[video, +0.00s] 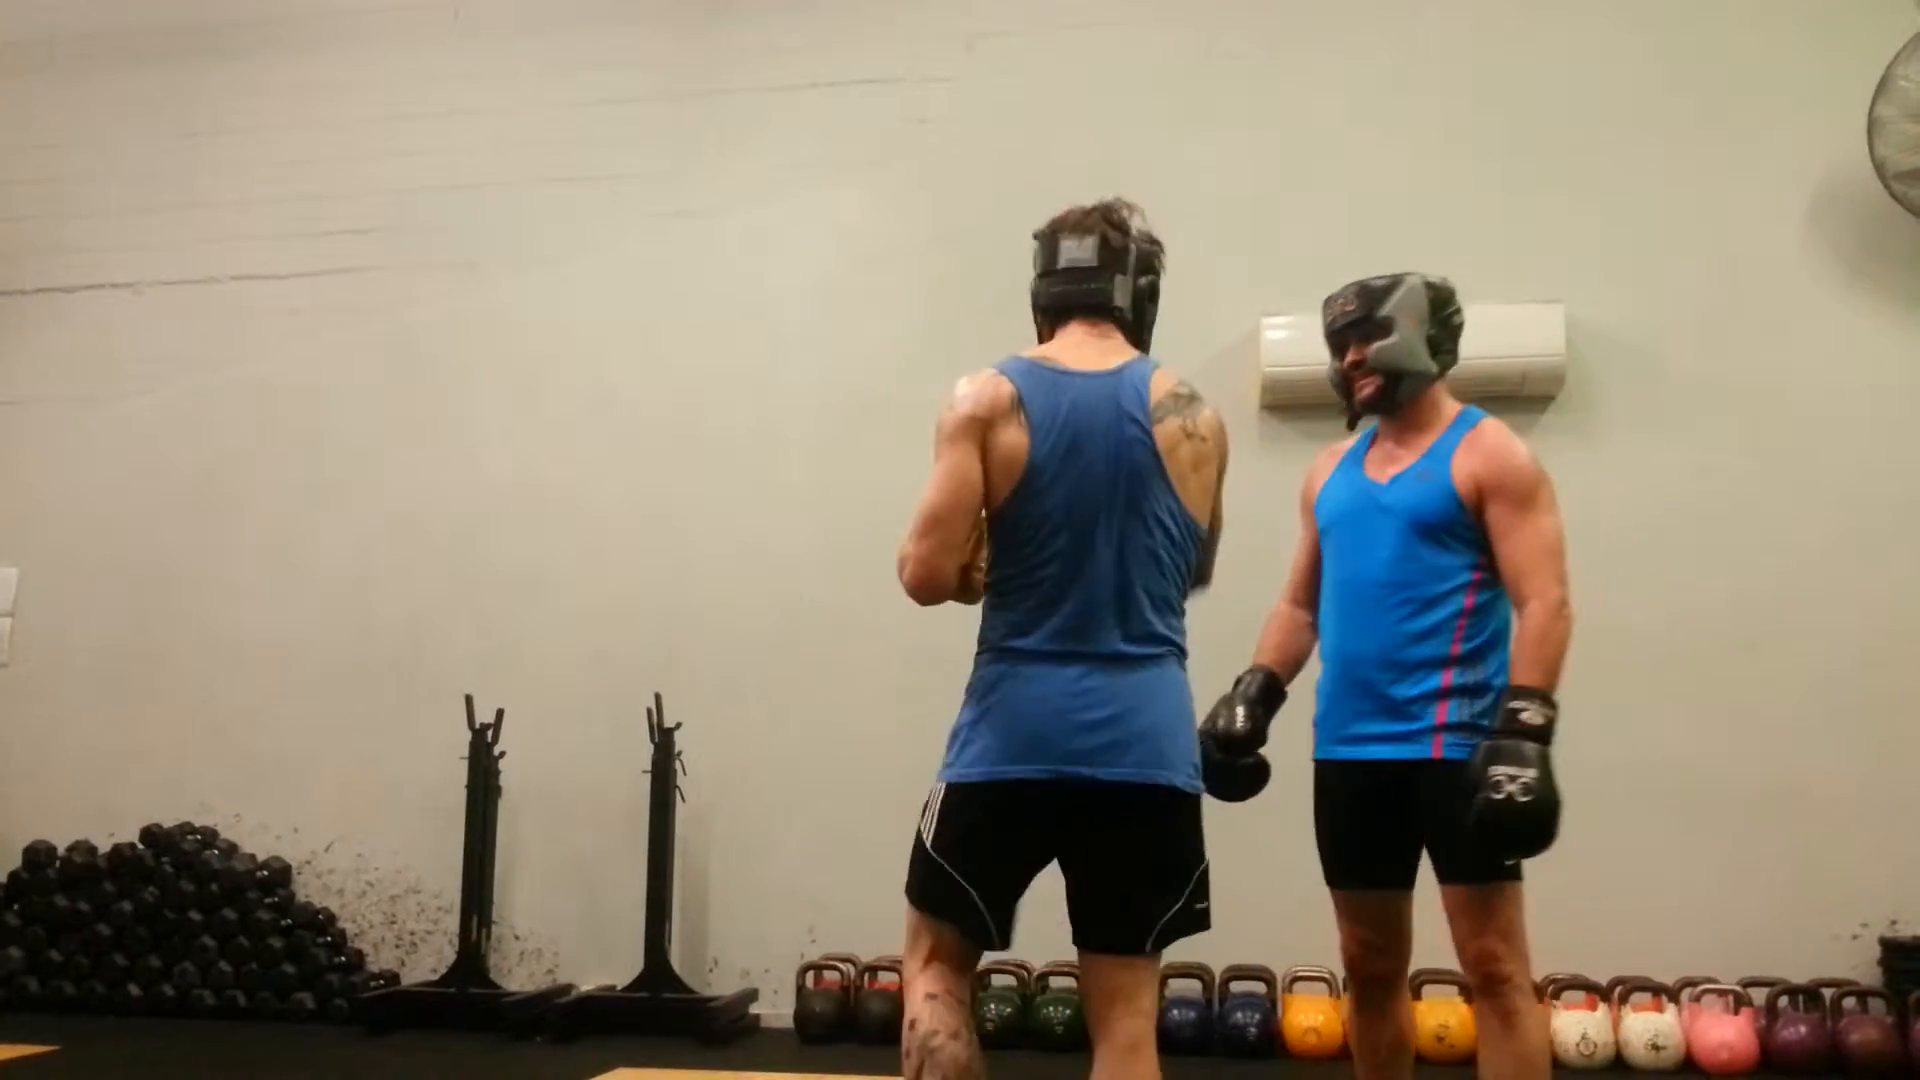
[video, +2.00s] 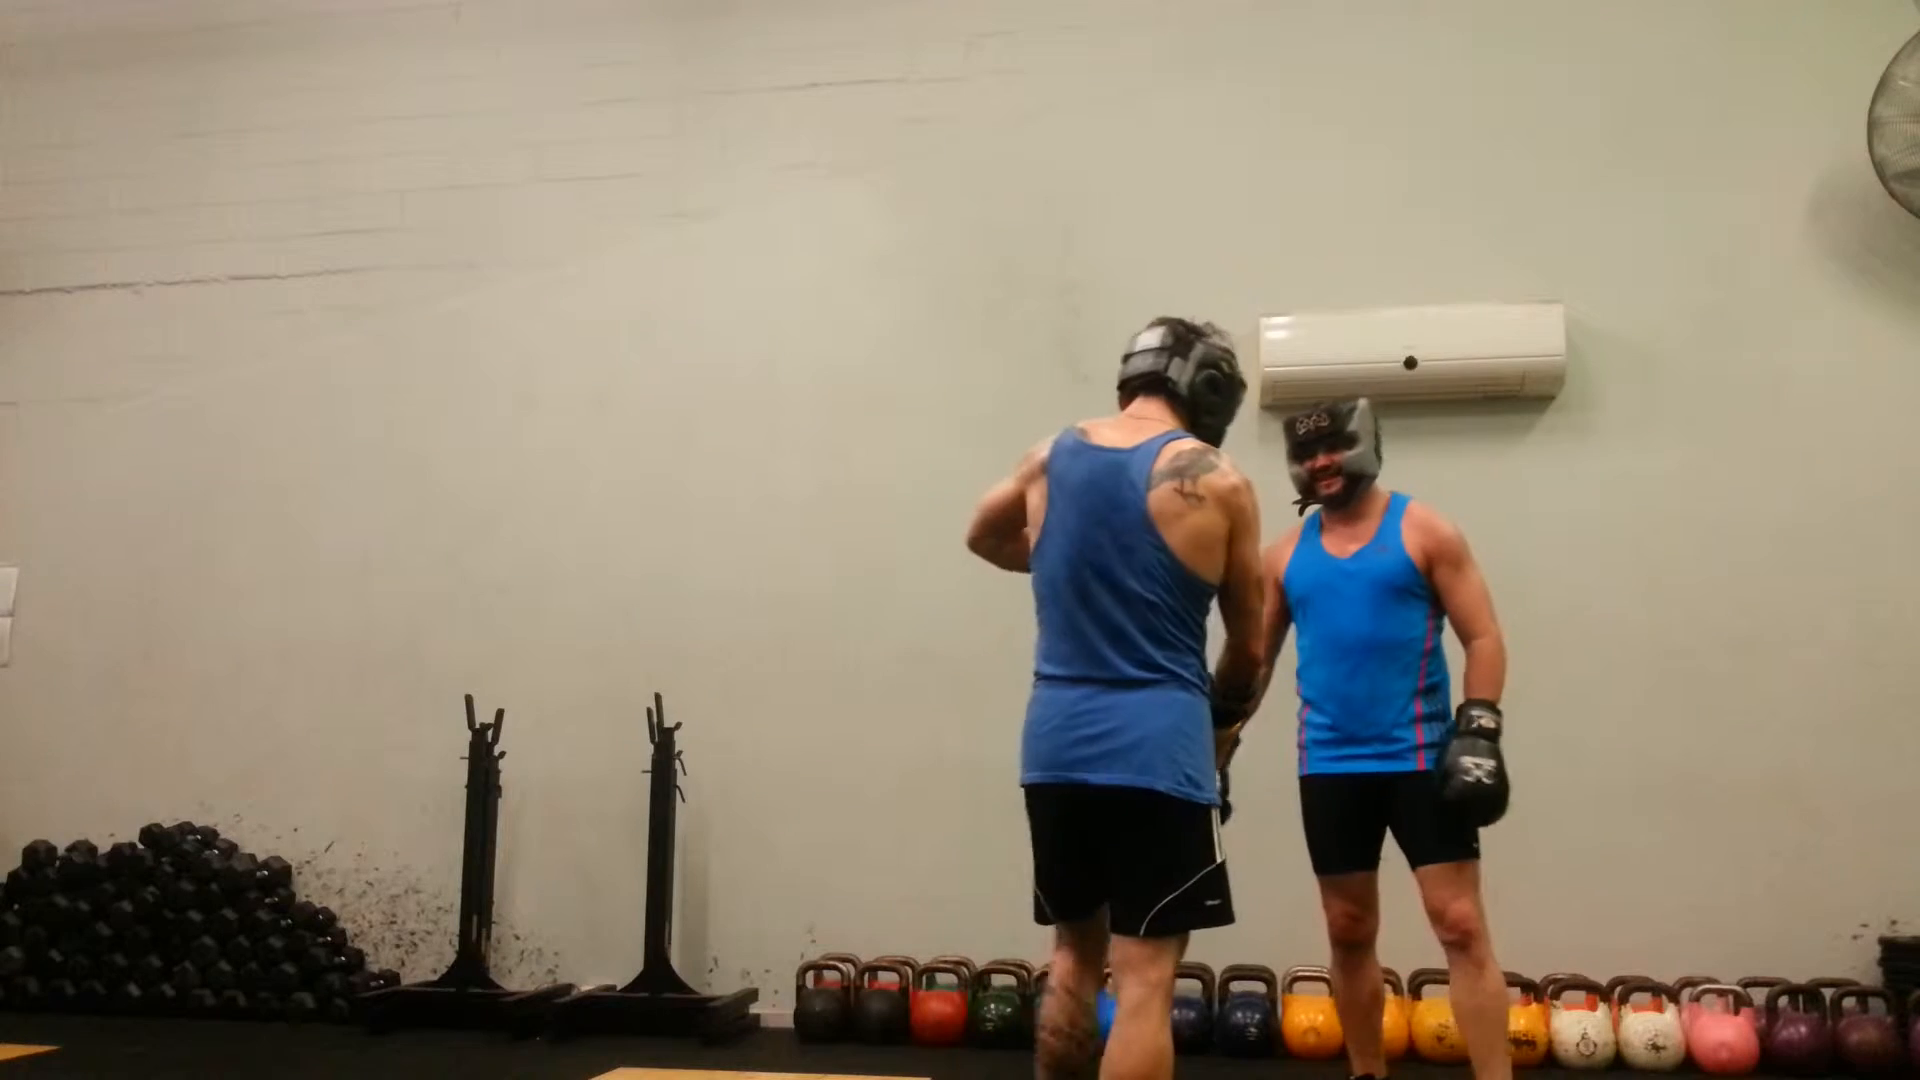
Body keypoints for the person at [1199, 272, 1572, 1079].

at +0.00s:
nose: (1351, 361)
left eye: (1371, 341)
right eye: (1342, 349)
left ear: (1426, 339)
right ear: (1338, 365)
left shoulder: (1491, 454)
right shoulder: (1328, 473)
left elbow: (1545, 602)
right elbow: (1299, 605)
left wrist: (1521, 735)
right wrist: (1253, 694)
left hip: (1462, 759)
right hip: (1352, 760)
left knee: (1494, 973)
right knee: (1370, 972)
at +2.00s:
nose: (1323, 463)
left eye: (1337, 447)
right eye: (1308, 453)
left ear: (1368, 448)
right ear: (1295, 466)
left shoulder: (1425, 532)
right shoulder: (1283, 555)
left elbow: (1482, 637)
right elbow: (1251, 665)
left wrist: (1478, 732)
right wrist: (1214, 750)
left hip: (1423, 762)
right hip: (1331, 769)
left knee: (1460, 926)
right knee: (1348, 930)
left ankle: (1493, 1076)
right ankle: (1367, 1072)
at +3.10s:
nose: (1428, 468)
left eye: (1442, 453)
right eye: (1414, 456)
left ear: (1473, 457)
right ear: (1399, 464)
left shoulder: (1528, 543)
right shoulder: (1393, 545)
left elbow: (1577, 647)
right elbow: (1347, 642)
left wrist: (1591, 744)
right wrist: (1386, 542)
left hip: (1509, 767)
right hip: (1415, 768)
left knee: (1520, 932)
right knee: (1397, 934)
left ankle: (1525, 1074)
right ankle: (1382, 1074)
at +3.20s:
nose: (1434, 474)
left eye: (1447, 460)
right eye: (1421, 462)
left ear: (1478, 463)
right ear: (1404, 469)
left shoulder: (1533, 545)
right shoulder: (1399, 548)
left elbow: (1583, 652)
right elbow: (1351, 624)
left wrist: (1600, 749)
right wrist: (1396, 510)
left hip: (1515, 766)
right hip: (1420, 767)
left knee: (1523, 934)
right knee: (1398, 940)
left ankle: (1527, 1073)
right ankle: (1382, 1075)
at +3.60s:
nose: (1448, 479)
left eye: (1456, 462)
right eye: (1435, 467)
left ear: (1482, 465)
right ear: (1419, 480)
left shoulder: (1547, 544)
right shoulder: (1405, 543)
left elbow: (1593, 651)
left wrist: (1617, 750)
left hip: (1516, 768)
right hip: (1421, 766)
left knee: (1524, 933)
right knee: (1399, 939)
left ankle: (1526, 1071)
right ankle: (1382, 1068)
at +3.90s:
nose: (1447, 477)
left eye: (1458, 461)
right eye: (1434, 466)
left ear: (1483, 466)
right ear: (1416, 481)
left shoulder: (1543, 543)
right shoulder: (1401, 545)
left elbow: (1589, 647)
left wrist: (1611, 743)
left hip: (1512, 768)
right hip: (1419, 767)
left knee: (1521, 934)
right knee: (1391, 945)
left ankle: (1525, 1072)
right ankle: (1381, 1070)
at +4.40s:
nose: (1442, 472)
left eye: (1455, 449)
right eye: (1426, 458)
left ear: (1479, 462)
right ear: (1407, 473)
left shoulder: (1537, 541)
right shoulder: (1393, 545)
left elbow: (1587, 651)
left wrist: (1602, 744)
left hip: (1511, 767)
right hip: (1414, 768)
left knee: (1520, 935)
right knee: (1392, 937)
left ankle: (1523, 1072)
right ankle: (1381, 1070)